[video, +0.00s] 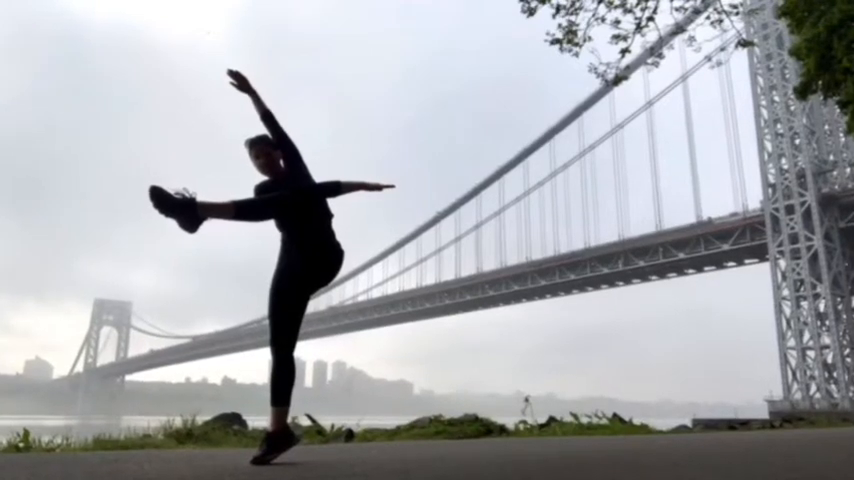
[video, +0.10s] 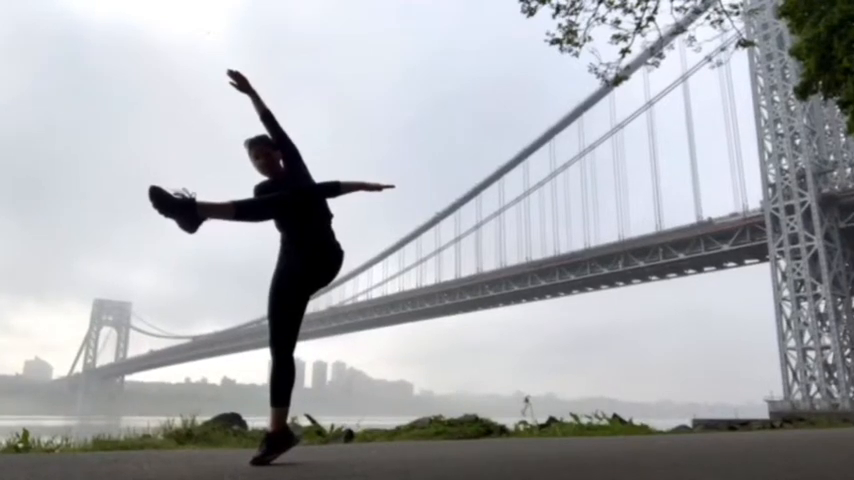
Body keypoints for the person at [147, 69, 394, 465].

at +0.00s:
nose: (260, 161)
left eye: (264, 154)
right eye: (255, 158)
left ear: (279, 153)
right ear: (254, 163)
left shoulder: (297, 173)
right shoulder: (265, 193)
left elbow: (278, 131)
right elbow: (320, 190)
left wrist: (252, 93)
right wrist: (362, 186)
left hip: (323, 256)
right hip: (293, 265)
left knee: (281, 203)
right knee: (282, 346)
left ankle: (198, 211)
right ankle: (279, 429)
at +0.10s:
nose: (259, 161)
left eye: (264, 154)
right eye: (255, 158)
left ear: (278, 153)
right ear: (253, 163)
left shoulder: (297, 173)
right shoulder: (264, 193)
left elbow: (278, 131)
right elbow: (317, 191)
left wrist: (252, 93)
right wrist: (360, 186)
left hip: (323, 256)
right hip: (292, 265)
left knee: (280, 203)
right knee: (282, 347)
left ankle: (198, 211)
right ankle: (279, 430)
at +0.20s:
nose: (259, 162)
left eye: (263, 155)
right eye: (254, 159)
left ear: (278, 153)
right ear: (253, 163)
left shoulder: (297, 174)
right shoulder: (265, 193)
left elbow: (278, 131)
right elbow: (319, 191)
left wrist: (252, 93)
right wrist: (361, 187)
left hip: (323, 256)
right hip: (292, 265)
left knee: (279, 204)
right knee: (281, 347)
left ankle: (198, 211)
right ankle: (278, 430)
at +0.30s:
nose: (259, 162)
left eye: (263, 155)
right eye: (254, 159)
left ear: (277, 153)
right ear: (253, 163)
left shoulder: (296, 172)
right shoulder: (264, 193)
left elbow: (277, 131)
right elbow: (319, 191)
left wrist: (251, 93)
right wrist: (361, 187)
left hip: (322, 256)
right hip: (292, 265)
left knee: (279, 204)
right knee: (281, 348)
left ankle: (197, 211)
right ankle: (278, 431)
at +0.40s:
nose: (258, 162)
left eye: (262, 155)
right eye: (253, 159)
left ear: (277, 153)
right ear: (252, 163)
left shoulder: (296, 173)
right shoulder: (264, 193)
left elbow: (277, 131)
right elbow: (318, 191)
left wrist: (251, 93)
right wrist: (361, 187)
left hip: (322, 257)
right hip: (292, 265)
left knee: (279, 204)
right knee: (281, 348)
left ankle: (197, 211)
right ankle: (277, 431)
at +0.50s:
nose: (257, 162)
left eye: (262, 155)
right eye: (253, 159)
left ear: (277, 153)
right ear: (252, 163)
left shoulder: (295, 173)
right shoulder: (264, 193)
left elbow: (276, 131)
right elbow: (319, 191)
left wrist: (251, 93)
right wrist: (362, 187)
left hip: (322, 257)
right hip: (292, 266)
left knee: (279, 204)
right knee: (280, 348)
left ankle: (197, 212)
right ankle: (277, 432)